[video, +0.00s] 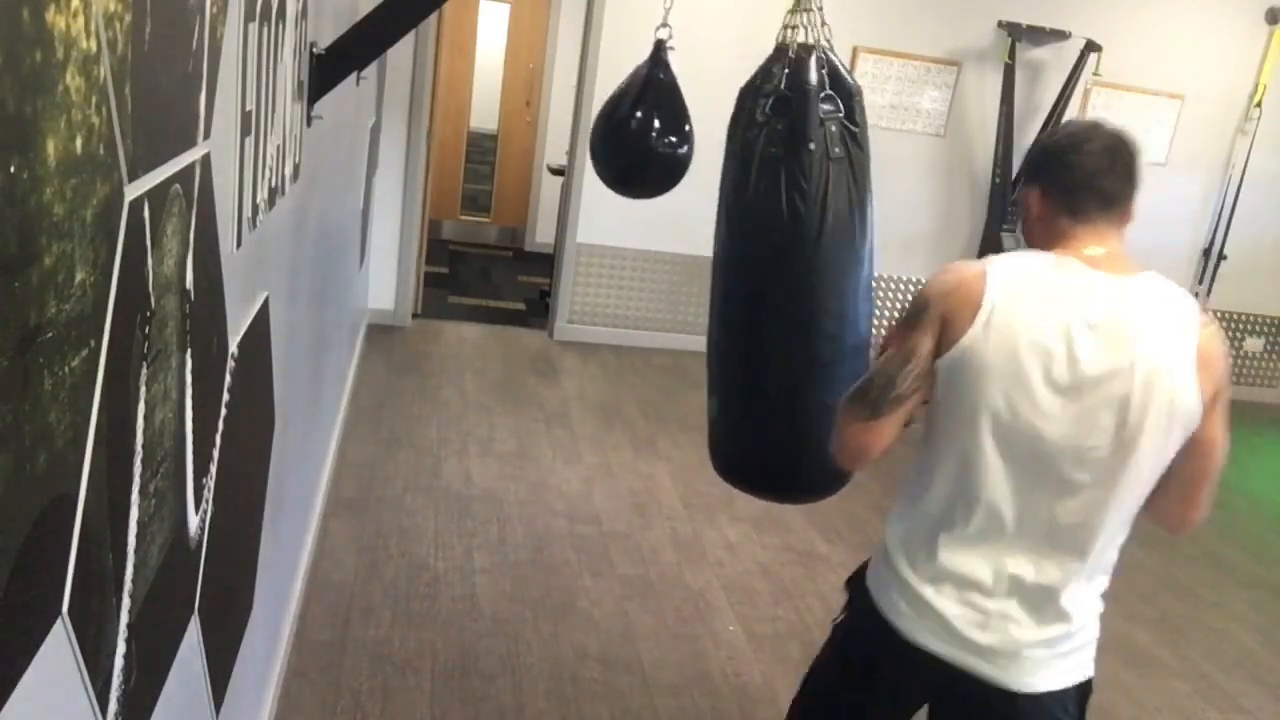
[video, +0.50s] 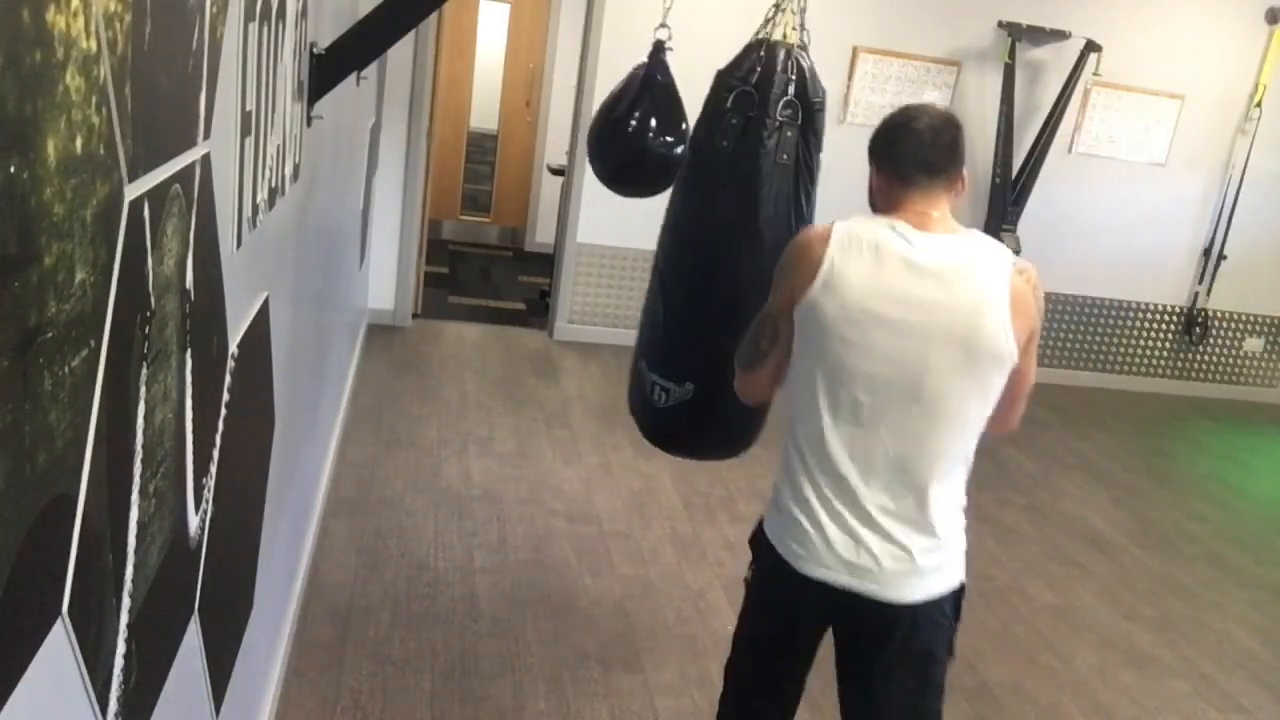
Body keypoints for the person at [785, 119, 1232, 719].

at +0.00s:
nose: (1021, 217)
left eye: (1021, 202)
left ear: (1033, 203)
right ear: (1129, 212)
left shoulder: (966, 289)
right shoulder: (1197, 339)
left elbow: (854, 445)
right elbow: (1182, 510)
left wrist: (900, 375)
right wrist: (1108, 442)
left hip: (902, 630)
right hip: (1042, 673)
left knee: (825, 711)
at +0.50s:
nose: (867, 187)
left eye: (869, 173)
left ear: (875, 178)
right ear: (961, 182)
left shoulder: (819, 250)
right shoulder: (1013, 284)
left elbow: (754, 382)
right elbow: (1004, 420)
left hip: (797, 560)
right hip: (913, 585)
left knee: (752, 707)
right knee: (897, 712)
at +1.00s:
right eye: (862, 170)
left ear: (782, 171)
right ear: (861, 178)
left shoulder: (729, 226)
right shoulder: (885, 265)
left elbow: (663, 280)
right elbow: (933, 415)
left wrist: (706, 222)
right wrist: (878, 397)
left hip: (706, 526)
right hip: (811, 548)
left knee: (646, 694)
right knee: (828, 708)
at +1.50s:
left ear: (788, 190)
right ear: (867, 197)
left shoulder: (738, 254)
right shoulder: (912, 282)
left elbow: (671, 386)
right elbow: (940, 427)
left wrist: (747, 345)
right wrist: (864, 398)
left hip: (720, 545)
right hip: (832, 572)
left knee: (649, 699)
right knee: (821, 712)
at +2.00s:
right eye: (1041, 217)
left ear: (950, 212)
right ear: (1037, 224)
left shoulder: (870, 289)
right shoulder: (1061, 335)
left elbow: (794, 414)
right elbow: (1060, 489)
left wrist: (873, 378)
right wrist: (1006, 429)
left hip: (837, 564)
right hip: (936, 601)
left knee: (830, 705)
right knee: (912, 707)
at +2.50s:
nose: (1006, 188)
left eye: (1007, 181)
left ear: (1014, 184)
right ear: (1085, 192)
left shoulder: (958, 251)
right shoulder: (1116, 276)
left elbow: (907, 356)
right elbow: (1147, 413)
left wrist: (978, 347)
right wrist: (1085, 383)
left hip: (937, 509)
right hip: (1039, 530)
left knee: (896, 660)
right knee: (1049, 681)